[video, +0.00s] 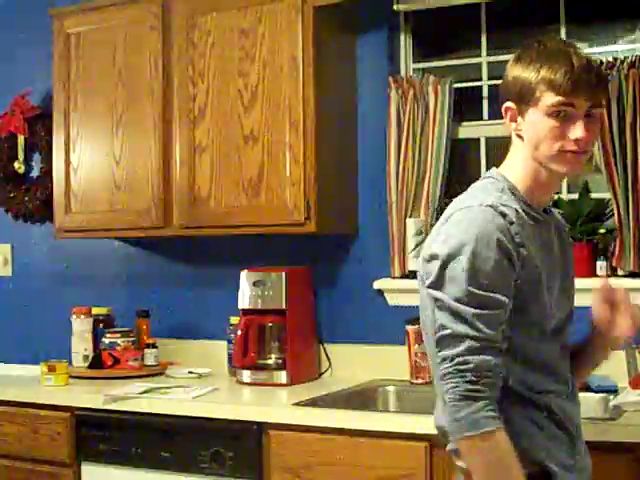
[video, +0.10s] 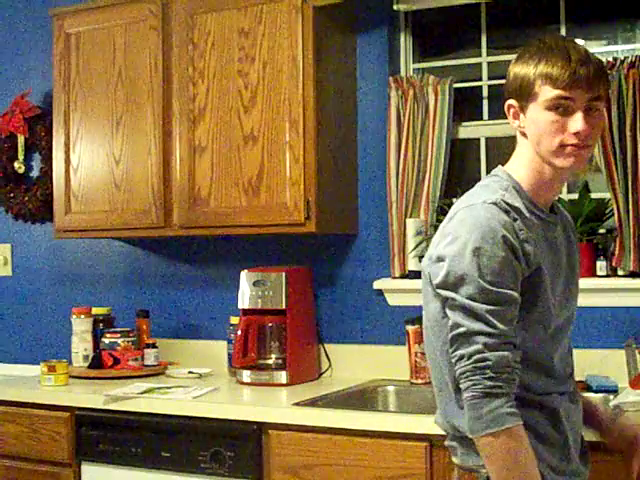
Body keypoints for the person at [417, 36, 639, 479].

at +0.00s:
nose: (581, 133)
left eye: (592, 115)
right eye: (561, 113)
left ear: (602, 122)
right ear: (514, 120)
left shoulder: (551, 226)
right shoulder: (477, 229)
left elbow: (549, 381)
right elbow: (468, 417)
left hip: (564, 461)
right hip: (513, 467)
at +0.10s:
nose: (580, 126)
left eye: (592, 109)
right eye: (560, 108)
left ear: (603, 118)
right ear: (517, 116)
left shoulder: (558, 222)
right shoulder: (482, 229)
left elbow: (544, 375)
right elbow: (489, 414)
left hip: (560, 460)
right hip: (506, 468)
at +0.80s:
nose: (622, 125)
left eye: (621, 110)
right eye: (610, 104)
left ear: (557, 102)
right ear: (557, 99)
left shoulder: (531, 213)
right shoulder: (516, 221)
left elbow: (562, 396)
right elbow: (515, 414)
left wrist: (609, 473)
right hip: (521, 467)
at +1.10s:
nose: (635, 146)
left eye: (637, 127)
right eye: (630, 122)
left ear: (580, 108)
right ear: (582, 108)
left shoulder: (502, 200)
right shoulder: (536, 226)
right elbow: (567, 409)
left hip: (482, 461)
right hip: (513, 469)